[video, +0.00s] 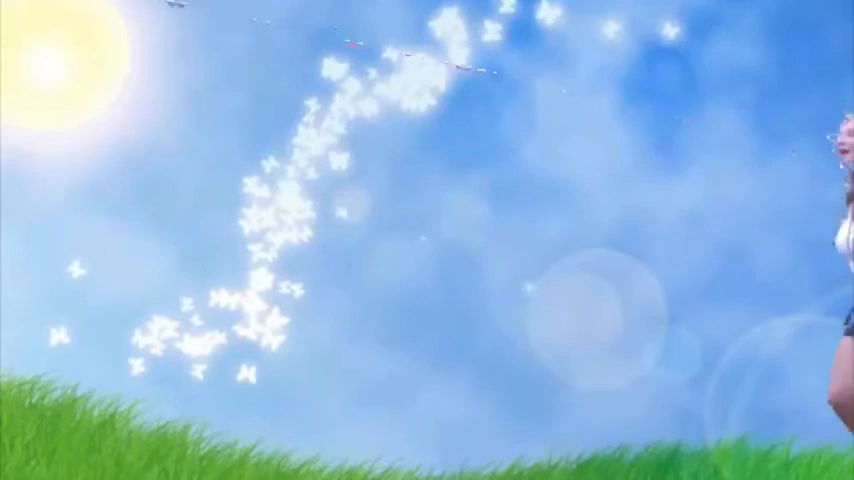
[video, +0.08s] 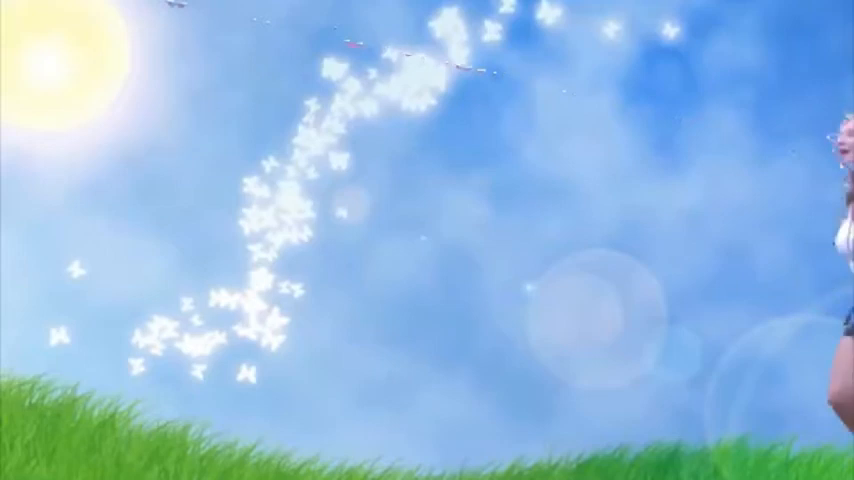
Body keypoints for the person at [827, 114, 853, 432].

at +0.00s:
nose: (843, 143)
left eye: (849, 137)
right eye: (844, 136)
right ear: (839, 144)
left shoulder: (850, 203)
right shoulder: (848, 203)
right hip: (852, 304)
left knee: (842, 393)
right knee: (840, 393)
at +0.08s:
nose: (843, 142)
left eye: (849, 136)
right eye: (844, 135)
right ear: (839, 143)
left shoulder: (850, 203)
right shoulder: (848, 202)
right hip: (852, 304)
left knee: (842, 393)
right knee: (840, 393)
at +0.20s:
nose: (821, 140)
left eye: (830, 133)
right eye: (821, 133)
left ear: (851, 142)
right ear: (821, 143)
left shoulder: (850, 194)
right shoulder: (828, 197)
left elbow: (824, 229)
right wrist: (841, 220)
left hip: (850, 309)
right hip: (842, 309)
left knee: (849, 412)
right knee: (849, 412)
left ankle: (847, 472)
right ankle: (848, 474)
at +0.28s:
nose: (800, 142)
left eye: (809, 134)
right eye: (801, 135)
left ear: (833, 141)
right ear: (809, 144)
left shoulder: (848, 178)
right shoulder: (815, 194)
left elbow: (850, 228)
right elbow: (826, 256)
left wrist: (811, 239)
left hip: (849, 312)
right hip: (821, 313)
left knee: (849, 419)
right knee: (838, 417)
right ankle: (844, 475)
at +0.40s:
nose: (789, 143)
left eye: (799, 136)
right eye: (789, 137)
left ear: (826, 145)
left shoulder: (845, 192)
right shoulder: (798, 202)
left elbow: (849, 262)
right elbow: (804, 273)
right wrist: (785, 308)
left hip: (841, 319)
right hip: (808, 321)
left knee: (798, 410)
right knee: (836, 428)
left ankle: (853, 406)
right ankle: (843, 479)